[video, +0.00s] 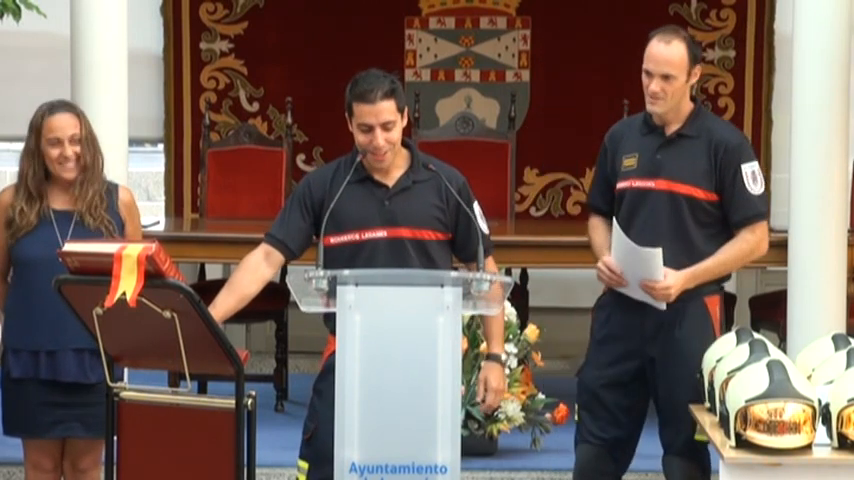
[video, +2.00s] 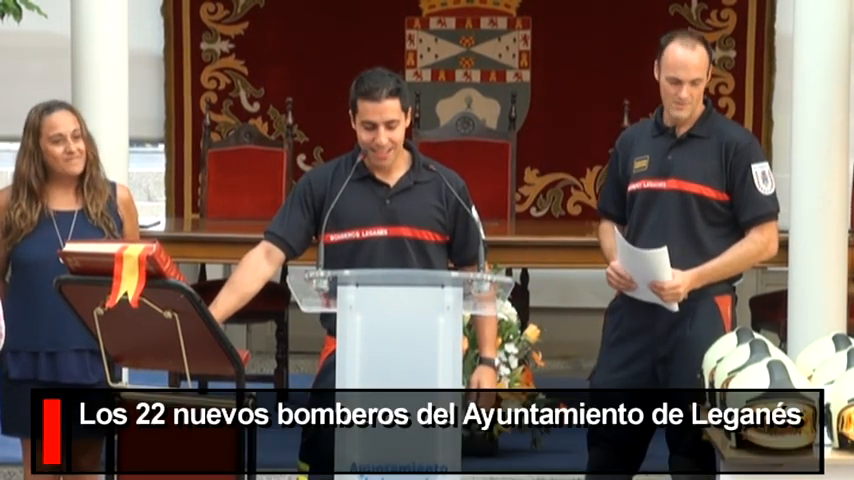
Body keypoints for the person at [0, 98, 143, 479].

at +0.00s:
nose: (68, 151)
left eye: (76, 140)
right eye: (55, 143)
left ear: (88, 144)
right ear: (38, 149)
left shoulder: (119, 201)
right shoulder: (12, 203)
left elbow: (137, 278)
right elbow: (3, 277)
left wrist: (129, 345)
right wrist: (5, 333)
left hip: (94, 357)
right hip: (30, 356)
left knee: (86, 466)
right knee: (41, 466)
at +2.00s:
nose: (73, 147)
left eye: (78, 136)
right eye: (58, 140)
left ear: (87, 140)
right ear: (37, 149)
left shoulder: (117, 199)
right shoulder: (10, 203)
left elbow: (134, 276)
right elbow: (1, 280)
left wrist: (129, 346)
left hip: (93, 359)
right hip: (28, 358)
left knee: (88, 465)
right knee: (41, 467)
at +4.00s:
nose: (73, 148)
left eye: (78, 136)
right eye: (59, 141)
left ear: (85, 139)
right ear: (36, 150)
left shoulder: (115, 199)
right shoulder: (10, 204)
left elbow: (133, 279)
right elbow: (2, 282)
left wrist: (127, 350)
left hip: (92, 362)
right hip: (27, 363)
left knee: (86, 467)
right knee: (40, 469)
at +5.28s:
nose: (95, 151)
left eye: (94, 140)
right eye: (83, 143)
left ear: (97, 141)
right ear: (52, 151)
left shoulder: (112, 194)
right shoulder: (19, 202)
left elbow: (132, 269)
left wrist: (130, 340)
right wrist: (2, 349)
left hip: (100, 348)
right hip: (38, 350)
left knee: (102, 462)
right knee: (49, 465)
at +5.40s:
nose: (97, 152)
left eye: (97, 141)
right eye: (85, 143)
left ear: (100, 142)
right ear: (55, 149)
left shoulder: (114, 195)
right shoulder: (24, 199)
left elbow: (143, 270)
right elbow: (6, 281)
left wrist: (199, 301)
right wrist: (62, 329)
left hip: (109, 353)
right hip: (46, 355)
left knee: (108, 459)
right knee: (52, 464)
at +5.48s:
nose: (98, 151)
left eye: (98, 140)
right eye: (86, 144)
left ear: (102, 141)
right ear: (56, 151)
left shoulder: (117, 194)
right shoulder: (30, 200)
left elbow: (144, 257)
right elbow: (27, 281)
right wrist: (90, 306)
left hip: (111, 346)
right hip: (53, 349)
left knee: (110, 457)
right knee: (55, 462)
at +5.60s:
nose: (102, 148)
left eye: (102, 138)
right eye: (88, 142)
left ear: (107, 139)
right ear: (61, 150)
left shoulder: (124, 193)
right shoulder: (40, 200)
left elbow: (151, 258)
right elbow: (63, 279)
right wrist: (117, 318)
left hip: (118, 348)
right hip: (61, 349)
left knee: (113, 460)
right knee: (59, 464)